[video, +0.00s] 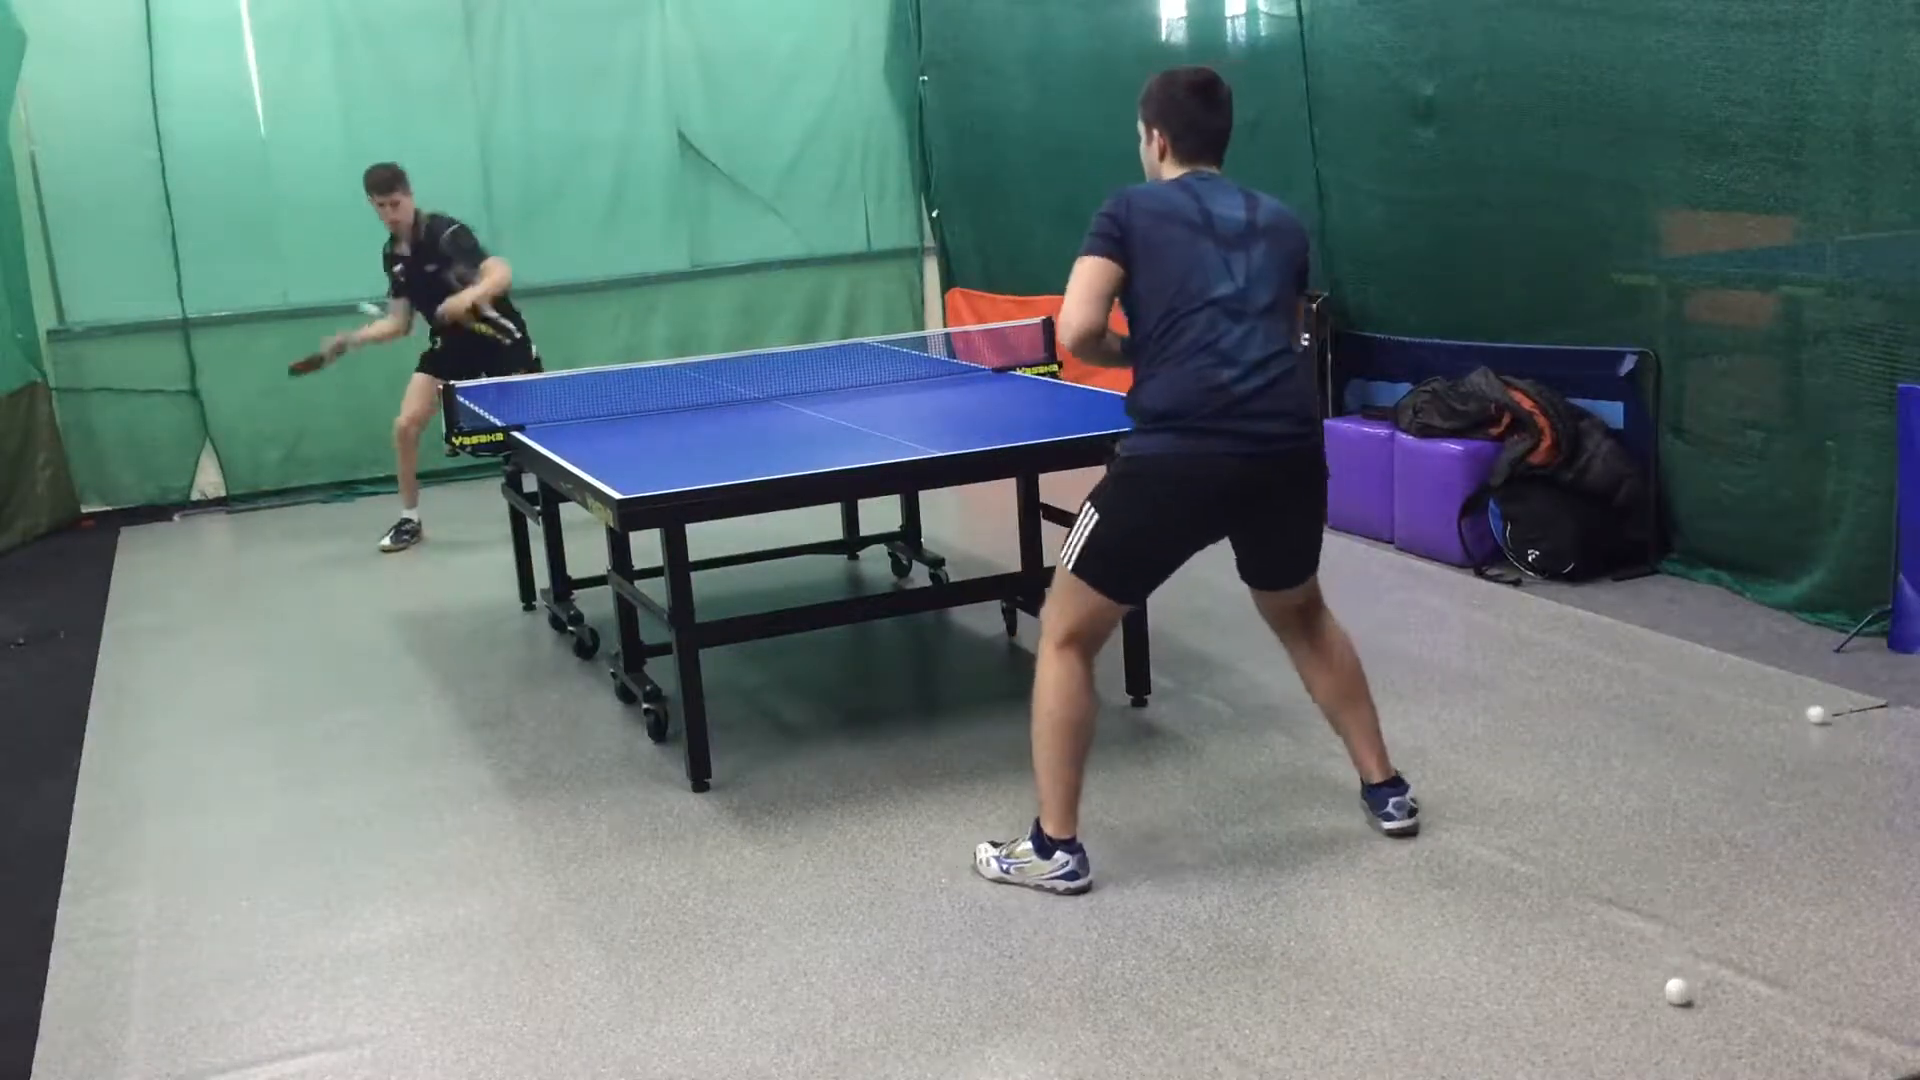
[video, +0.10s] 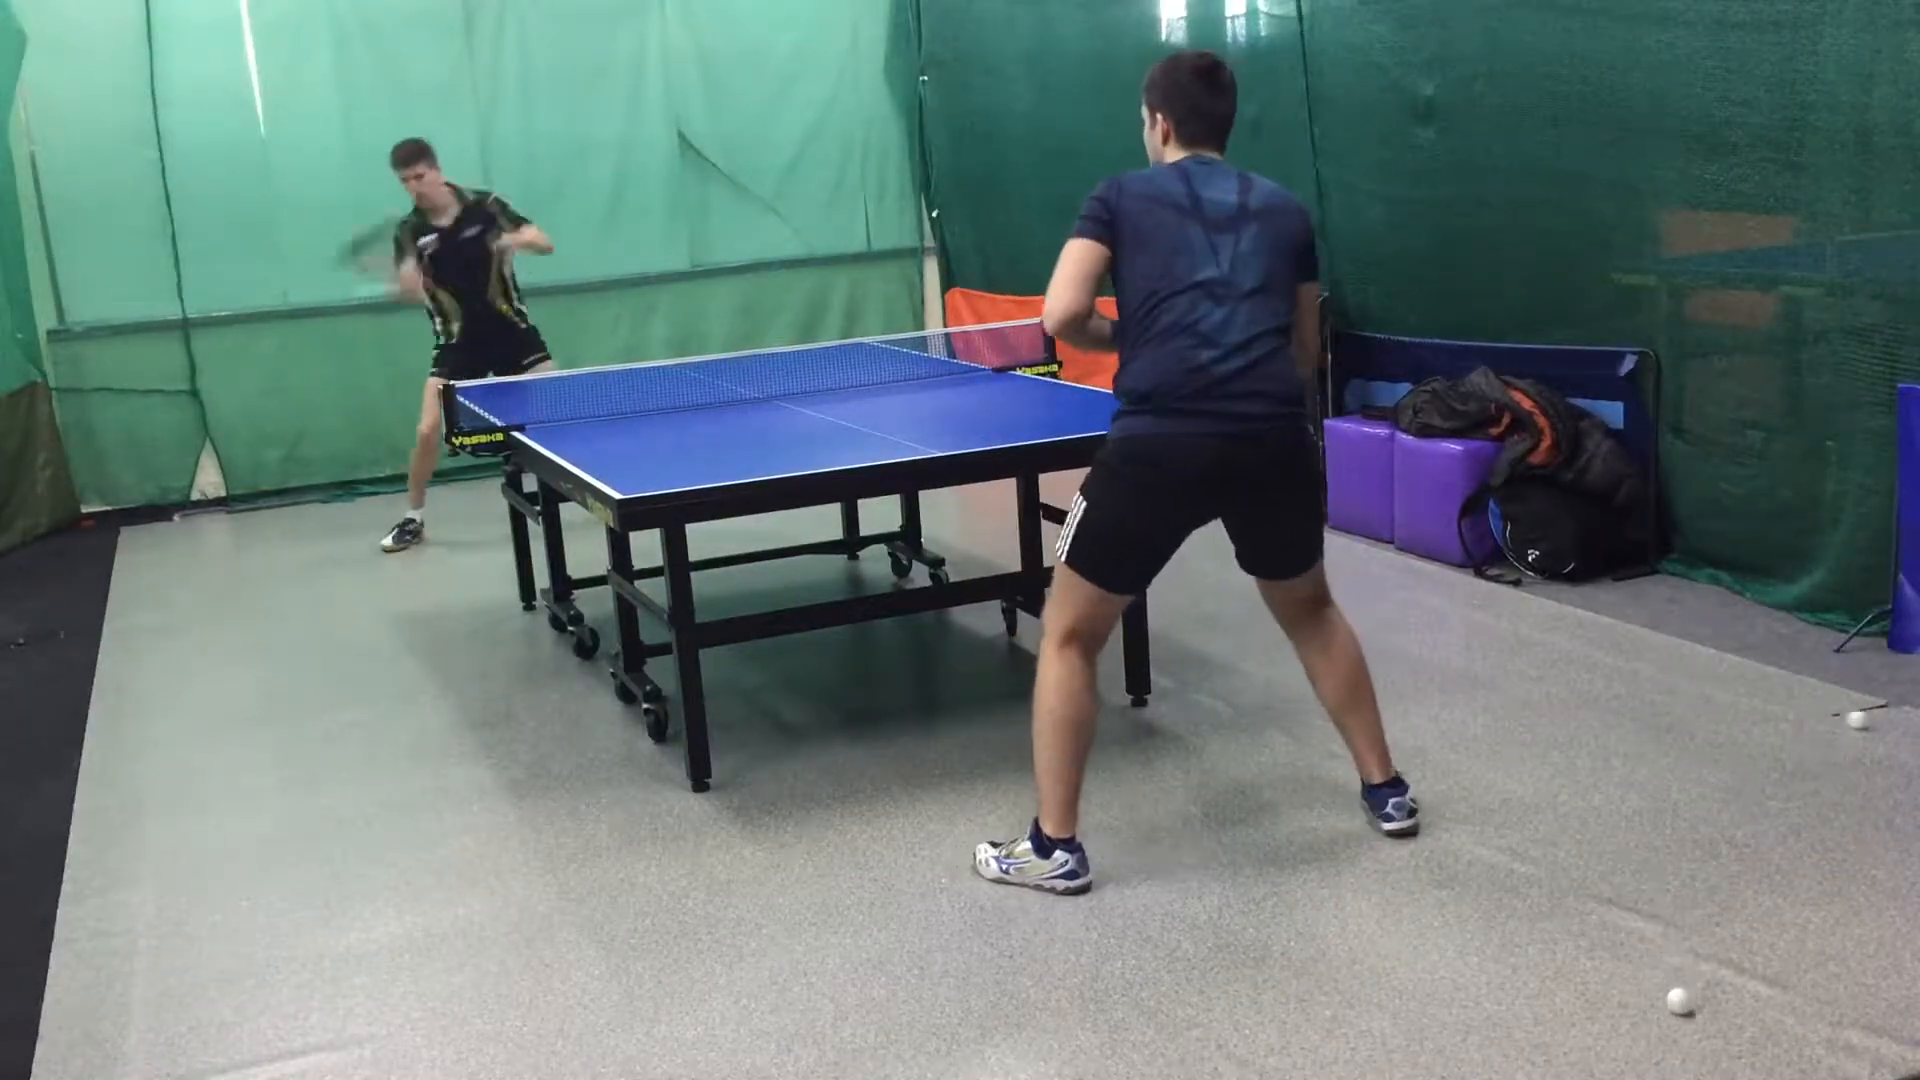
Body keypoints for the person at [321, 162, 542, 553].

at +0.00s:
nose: (389, 215)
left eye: (395, 204)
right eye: (380, 207)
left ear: (410, 197)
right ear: (373, 207)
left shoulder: (445, 231)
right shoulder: (394, 253)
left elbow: (499, 273)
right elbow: (399, 322)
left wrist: (470, 297)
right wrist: (351, 339)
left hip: (500, 336)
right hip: (449, 341)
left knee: (536, 419)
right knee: (407, 424)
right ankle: (410, 518)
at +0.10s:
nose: (416, 187)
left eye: (420, 176)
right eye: (408, 180)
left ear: (437, 170)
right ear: (403, 184)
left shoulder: (484, 205)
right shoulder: (410, 229)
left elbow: (544, 242)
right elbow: (408, 288)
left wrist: (512, 239)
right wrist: (415, 276)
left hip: (511, 332)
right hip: (456, 343)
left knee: (559, 406)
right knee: (427, 431)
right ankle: (414, 517)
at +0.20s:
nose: (445, 175)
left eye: (450, 166)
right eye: (436, 169)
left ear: (464, 162)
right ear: (428, 174)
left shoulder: (501, 203)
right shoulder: (433, 214)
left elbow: (564, 240)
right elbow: (467, 233)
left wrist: (581, 224)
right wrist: (497, 190)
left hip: (521, 337)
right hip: (472, 350)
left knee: (580, 396)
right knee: (454, 441)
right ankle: (413, 517)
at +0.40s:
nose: (477, 181)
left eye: (482, 172)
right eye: (467, 175)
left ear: (492, 169)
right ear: (454, 179)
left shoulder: (521, 209)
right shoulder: (454, 226)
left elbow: (575, 247)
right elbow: (463, 285)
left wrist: (615, 255)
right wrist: (507, 242)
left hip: (529, 336)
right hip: (477, 347)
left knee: (592, 390)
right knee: (445, 436)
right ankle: (401, 519)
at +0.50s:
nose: (460, 179)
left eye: (464, 169)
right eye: (449, 173)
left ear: (475, 166)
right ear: (437, 176)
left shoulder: (510, 209)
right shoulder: (433, 227)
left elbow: (558, 252)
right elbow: (432, 295)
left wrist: (590, 283)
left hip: (522, 324)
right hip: (467, 332)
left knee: (574, 395)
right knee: (428, 418)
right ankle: (405, 512)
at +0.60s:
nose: (437, 198)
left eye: (441, 188)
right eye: (427, 192)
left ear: (449, 183)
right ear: (413, 195)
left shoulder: (483, 224)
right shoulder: (413, 243)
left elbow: (521, 289)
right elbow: (413, 314)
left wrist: (513, 329)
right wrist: (399, 338)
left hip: (510, 317)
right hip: (463, 327)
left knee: (562, 394)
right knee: (425, 417)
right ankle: (418, 511)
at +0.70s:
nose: (417, 226)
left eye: (421, 215)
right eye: (407, 219)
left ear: (431, 208)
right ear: (394, 219)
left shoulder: (460, 248)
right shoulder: (408, 263)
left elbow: (476, 315)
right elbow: (415, 335)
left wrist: (430, 348)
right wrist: (368, 369)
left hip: (519, 347)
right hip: (468, 349)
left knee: (538, 424)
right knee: (415, 419)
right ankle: (418, 511)